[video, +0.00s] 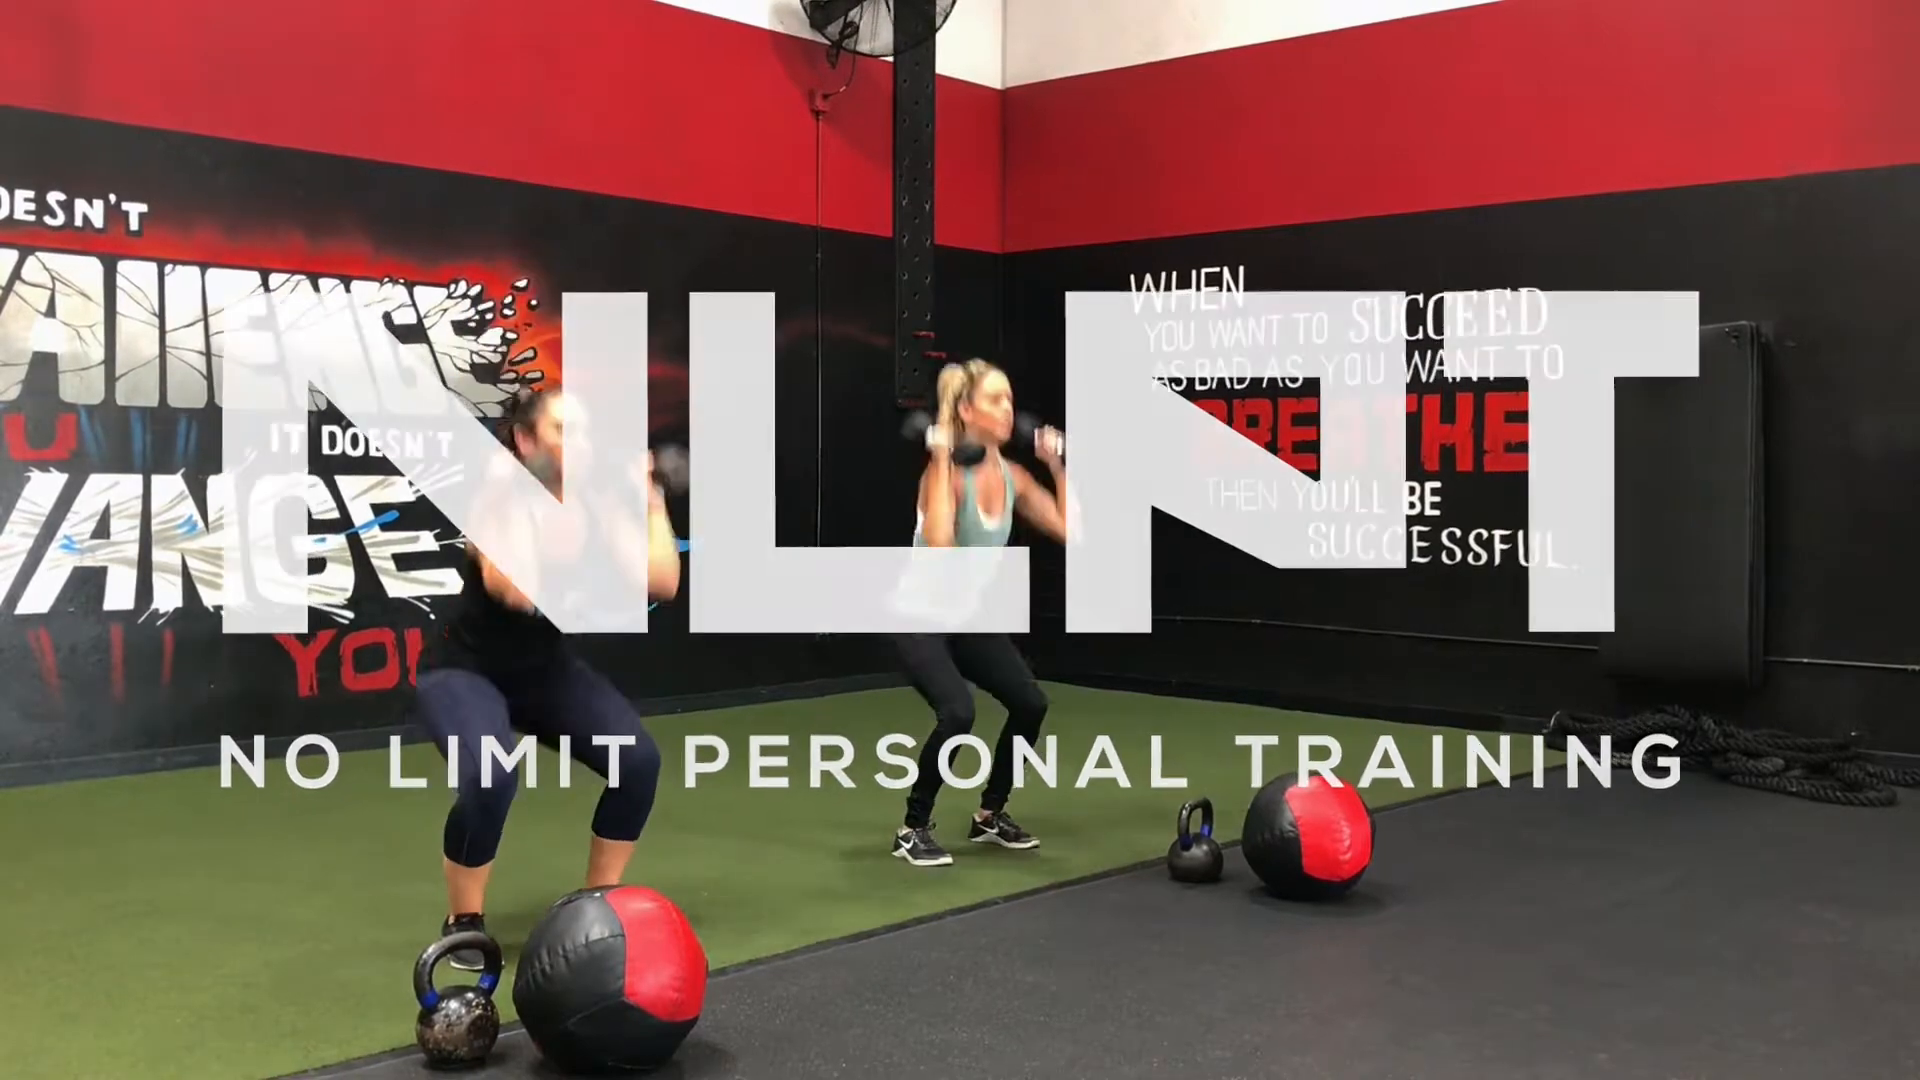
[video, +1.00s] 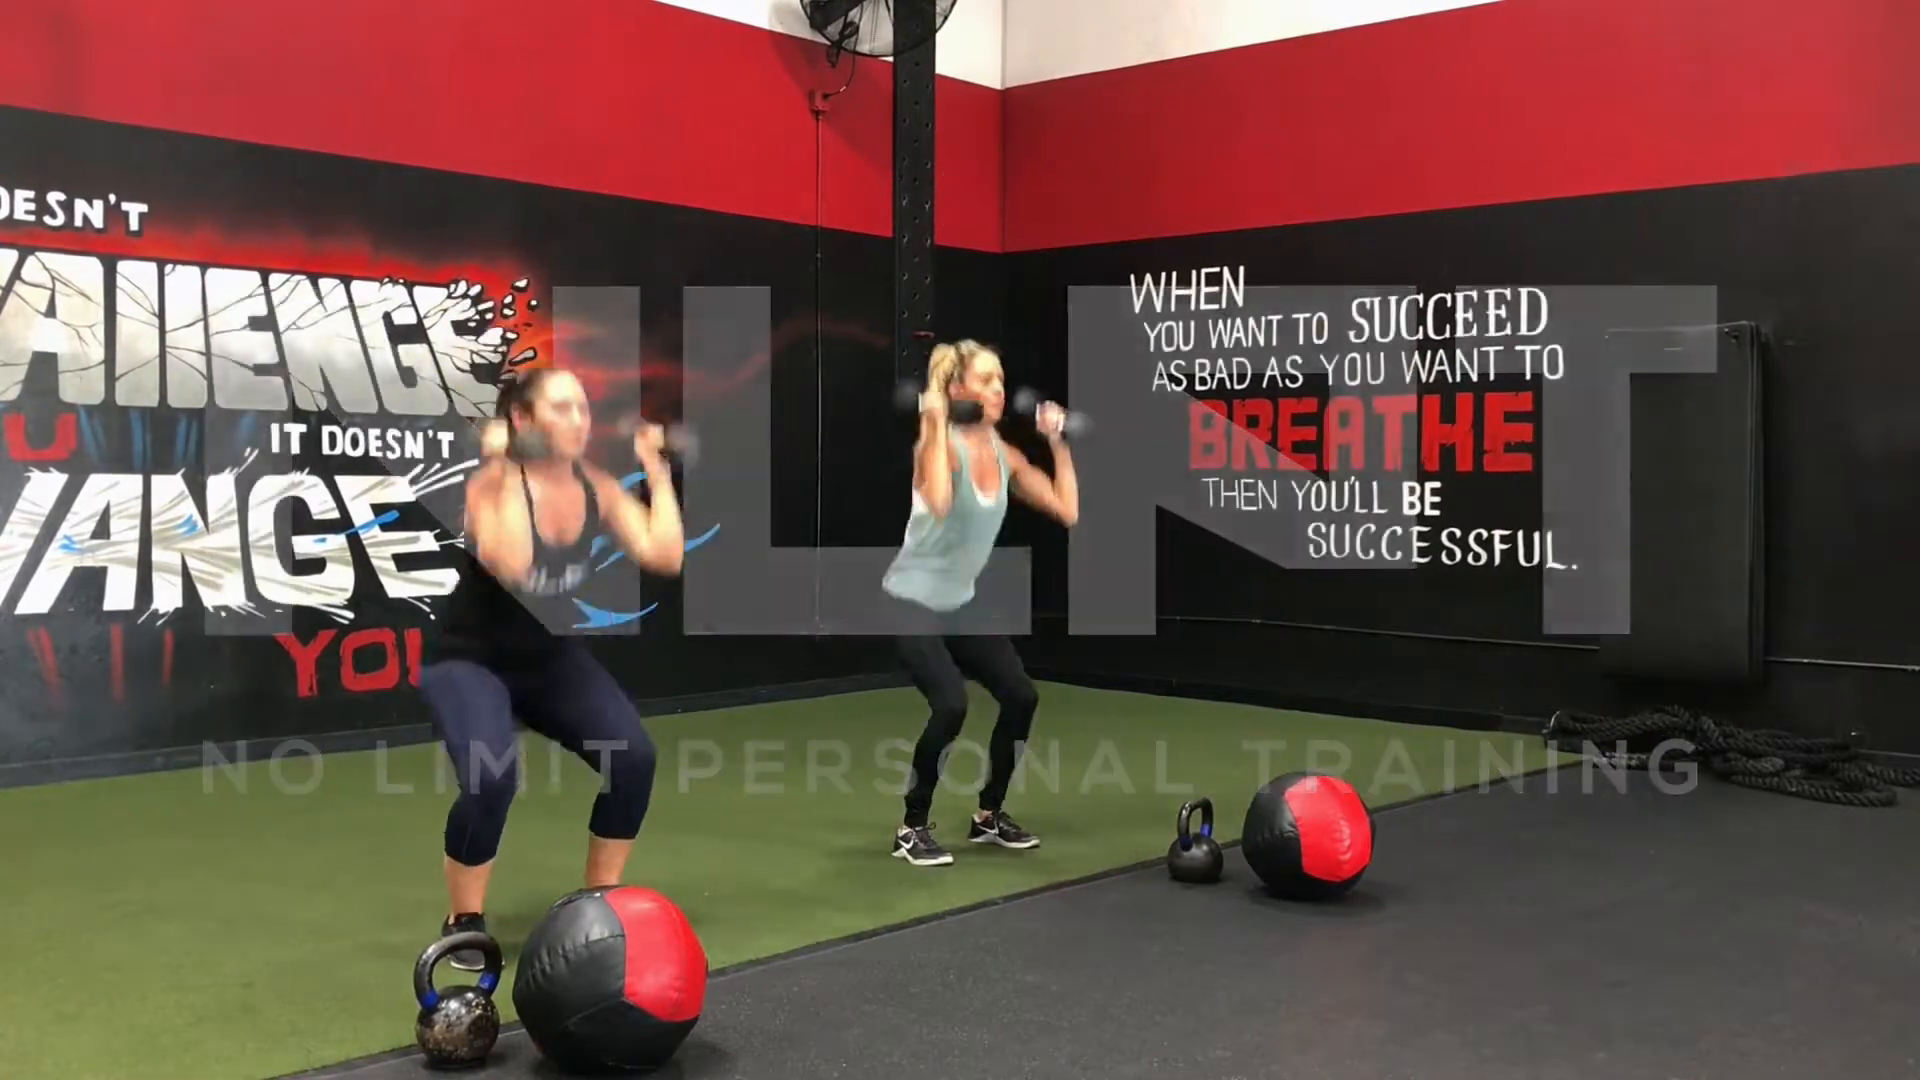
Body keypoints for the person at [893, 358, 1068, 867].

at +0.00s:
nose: (1008, 410)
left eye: (1009, 400)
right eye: (996, 401)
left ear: (1005, 409)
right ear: (965, 410)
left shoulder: (1011, 474)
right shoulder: (943, 473)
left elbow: (1068, 530)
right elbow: (938, 542)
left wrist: (1057, 467)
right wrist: (941, 460)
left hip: (971, 621)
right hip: (918, 622)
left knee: (1030, 703)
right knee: (957, 711)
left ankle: (990, 813)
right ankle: (915, 828)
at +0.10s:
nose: (992, 348)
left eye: (994, 340)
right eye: (981, 340)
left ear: (996, 346)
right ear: (951, 347)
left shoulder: (999, 407)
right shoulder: (937, 407)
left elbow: (1079, 403)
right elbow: (938, 392)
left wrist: (1058, 340)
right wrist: (934, 325)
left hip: (986, 578)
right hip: (932, 579)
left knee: (1003, 688)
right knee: (948, 692)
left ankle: (988, 813)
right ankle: (913, 825)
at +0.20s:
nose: (989, 343)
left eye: (991, 333)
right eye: (977, 333)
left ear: (991, 340)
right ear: (946, 338)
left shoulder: (997, 394)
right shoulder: (938, 397)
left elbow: (1056, 328)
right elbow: (942, 324)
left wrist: (1050, 250)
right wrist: (939, 239)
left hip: (991, 570)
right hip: (941, 571)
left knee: (987, 692)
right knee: (938, 689)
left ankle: (987, 813)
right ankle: (912, 824)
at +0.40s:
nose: (984, 343)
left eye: (987, 334)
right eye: (972, 334)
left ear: (988, 342)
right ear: (944, 343)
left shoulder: (993, 395)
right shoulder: (933, 397)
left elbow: (1063, 352)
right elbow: (936, 340)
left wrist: (1052, 282)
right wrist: (933, 259)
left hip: (985, 571)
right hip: (933, 572)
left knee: (996, 686)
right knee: (940, 690)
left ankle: (987, 814)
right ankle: (913, 825)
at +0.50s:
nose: (997, 376)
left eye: (995, 367)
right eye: (987, 368)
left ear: (984, 375)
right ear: (959, 377)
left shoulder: (997, 434)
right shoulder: (936, 433)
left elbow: (1073, 456)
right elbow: (934, 450)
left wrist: (1059, 392)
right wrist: (932, 370)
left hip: (967, 594)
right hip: (915, 594)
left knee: (1012, 695)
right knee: (953, 701)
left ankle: (988, 814)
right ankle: (913, 826)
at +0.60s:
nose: (1003, 440)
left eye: (1004, 430)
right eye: (992, 431)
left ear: (1005, 439)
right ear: (962, 442)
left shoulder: (1004, 503)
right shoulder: (939, 497)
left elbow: (1051, 574)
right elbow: (943, 573)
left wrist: (1051, 507)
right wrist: (940, 496)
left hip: (951, 639)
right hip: (898, 638)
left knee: (1028, 705)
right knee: (957, 713)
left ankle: (989, 815)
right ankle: (914, 828)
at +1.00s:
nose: (999, 389)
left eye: (1000, 380)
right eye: (987, 380)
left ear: (1000, 389)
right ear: (957, 388)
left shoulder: (1002, 452)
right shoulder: (937, 443)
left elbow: (1066, 510)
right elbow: (938, 502)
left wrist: (1057, 442)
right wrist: (934, 421)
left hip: (961, 608)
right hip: (909, 606)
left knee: (1021, 696)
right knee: (950, 705)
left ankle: (989, 815)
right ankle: (913, 827)